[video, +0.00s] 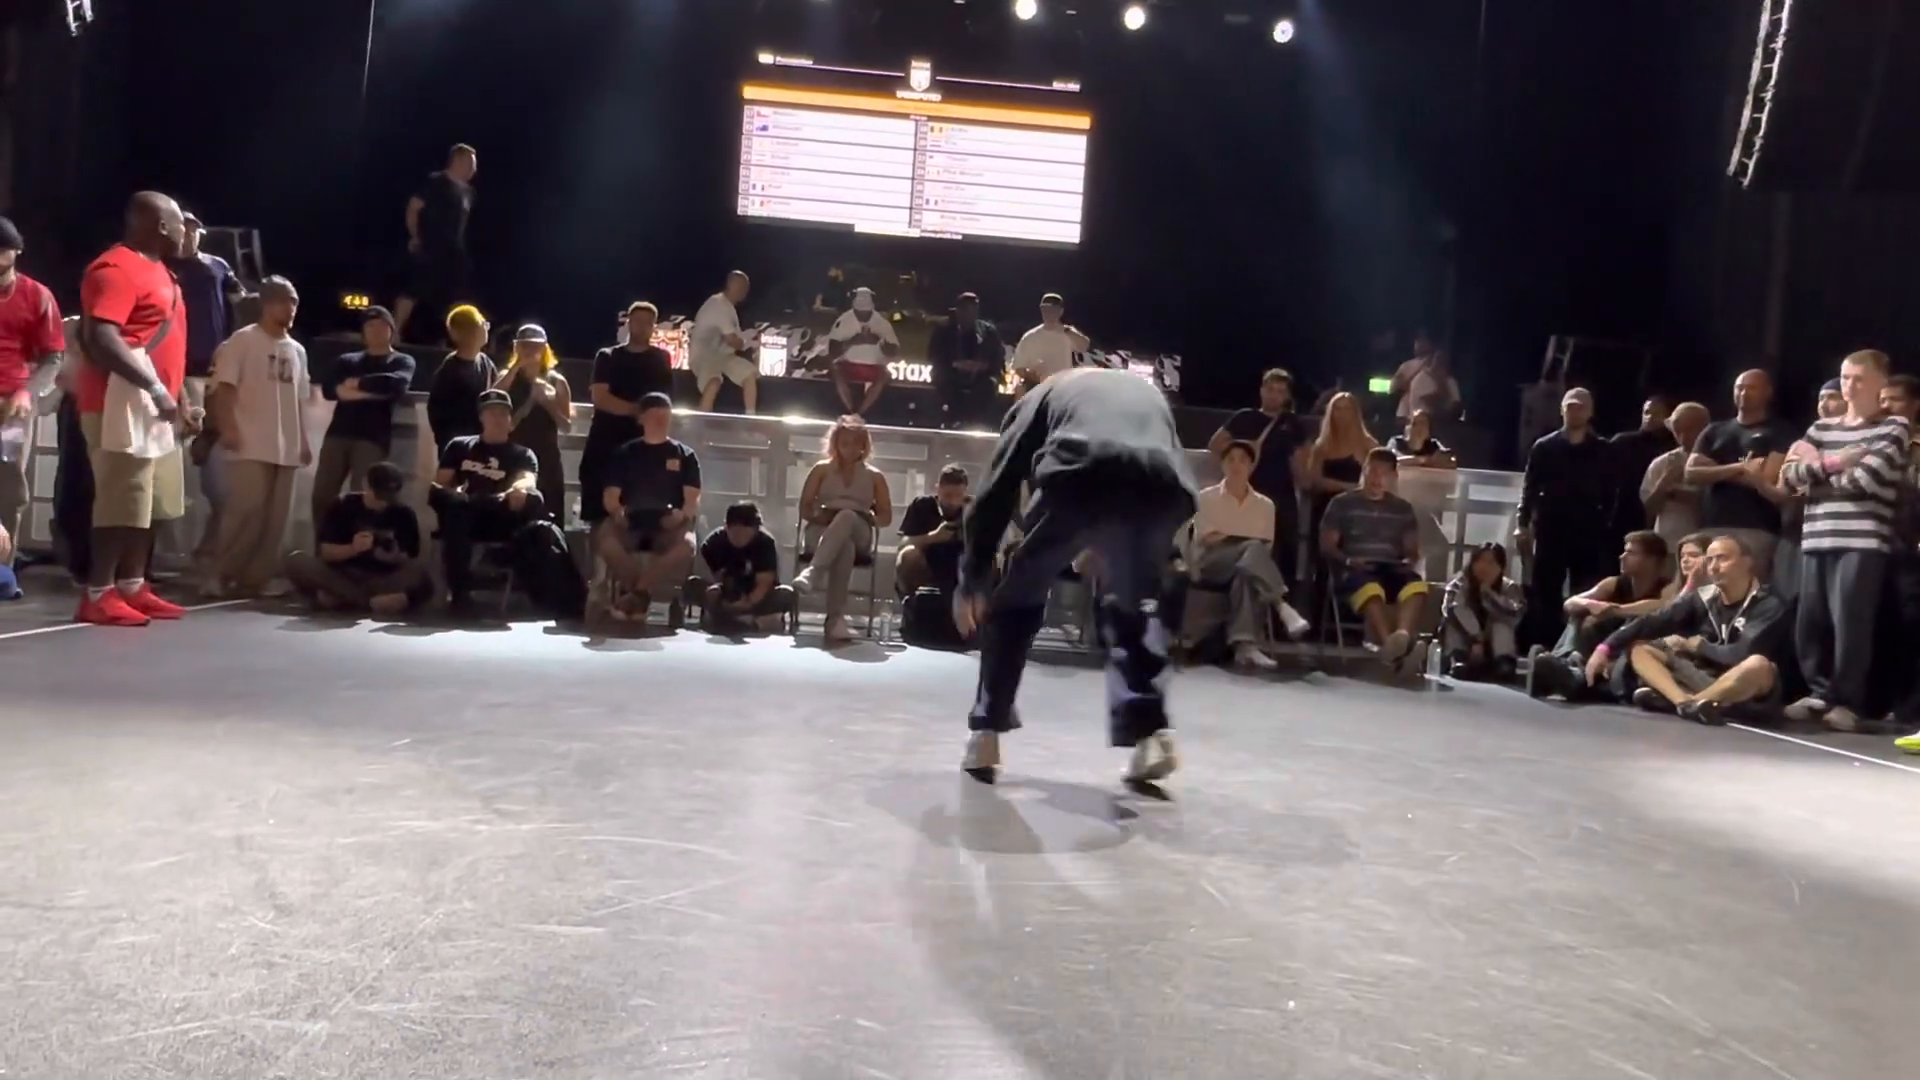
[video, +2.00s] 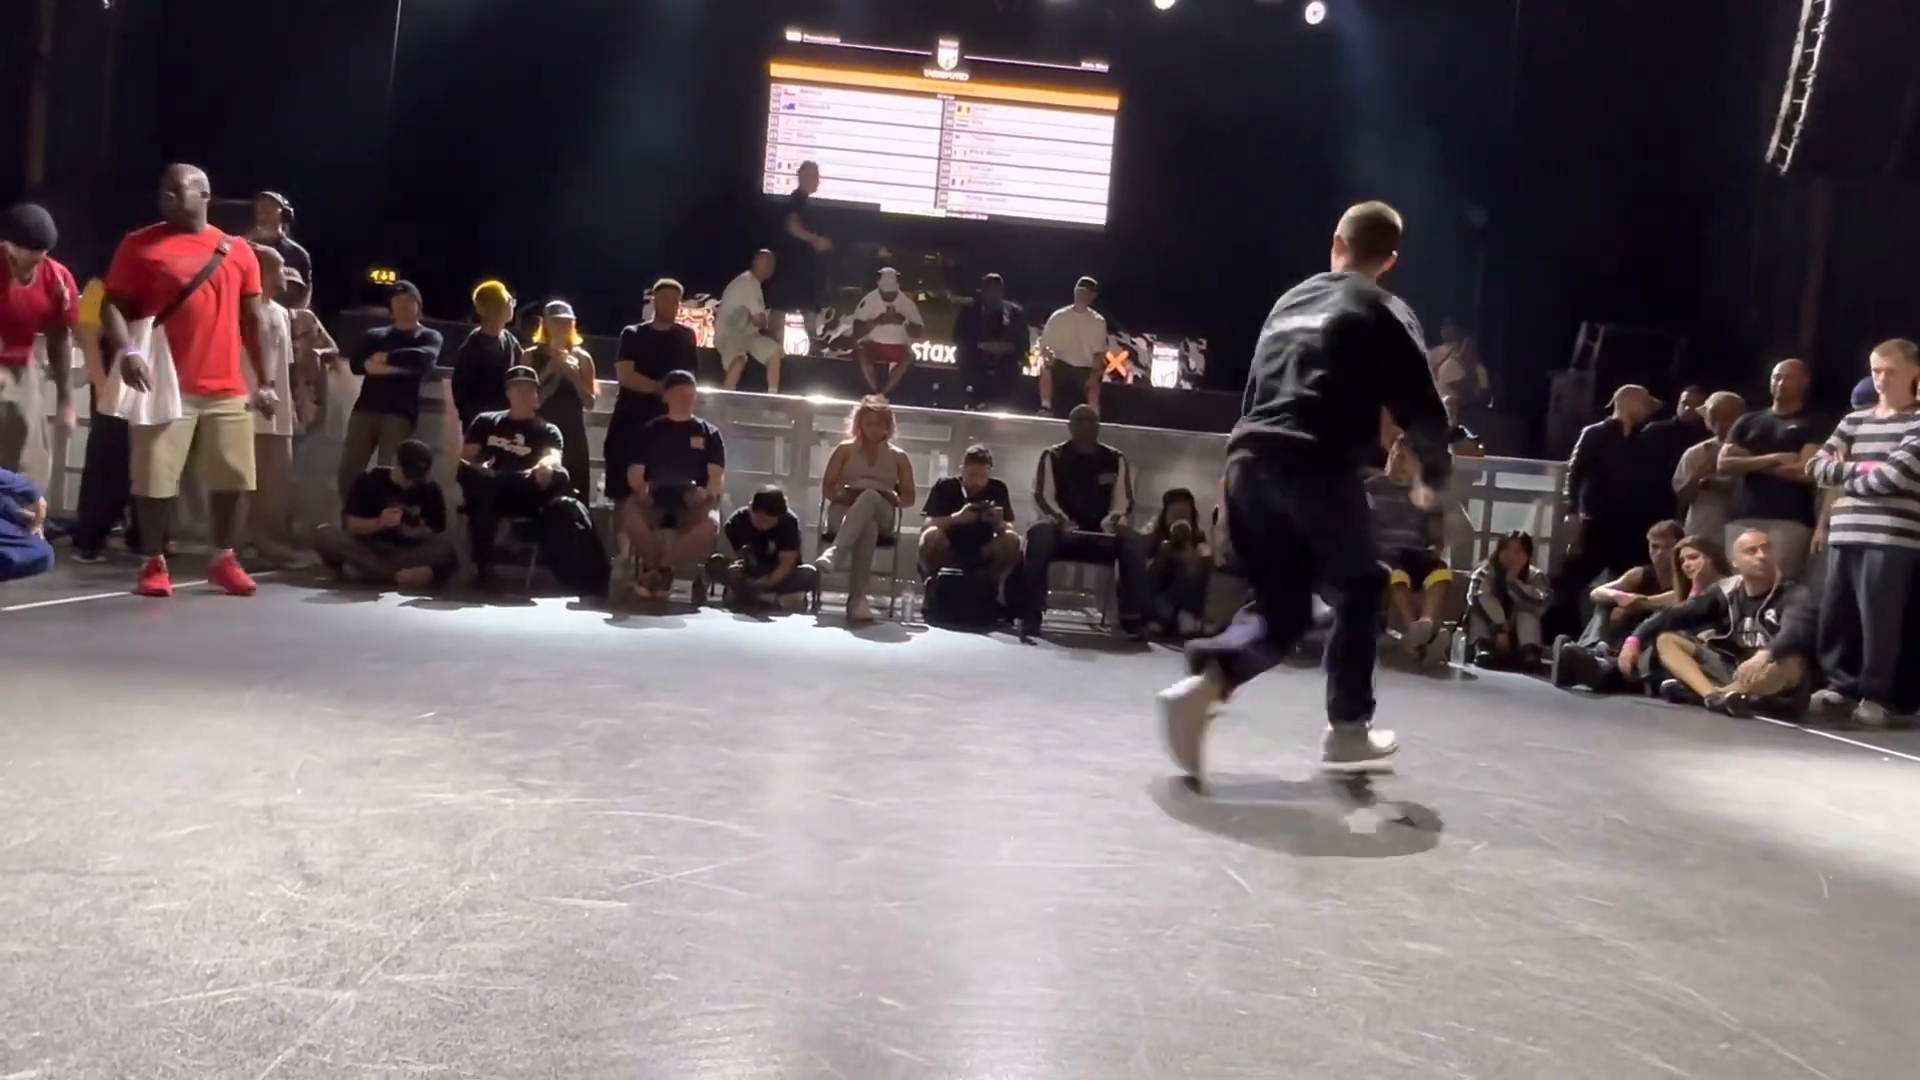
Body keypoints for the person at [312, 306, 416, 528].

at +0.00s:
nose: (375, 331)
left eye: (380, 326)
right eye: (370, 326)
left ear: (391, 331)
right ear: (363, 332)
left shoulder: (403, 361)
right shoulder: (347, 360)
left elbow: (397, 386)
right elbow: (330, 390)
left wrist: (357, 383)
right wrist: (374, 392)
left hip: (372, 439)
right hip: (338, 437)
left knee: (364, 501)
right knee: (322, 496)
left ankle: (360, 554)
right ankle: (322, 554)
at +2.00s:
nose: (402, 305)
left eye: (407, 300)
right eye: (398, 301)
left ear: (418, 306)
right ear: (391, 307)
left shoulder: (430, 336)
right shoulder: (375, 334)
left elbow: (423, 361)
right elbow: (357, 366)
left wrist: (385, 357)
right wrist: (400, 368)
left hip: (400, 414)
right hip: (366, 410)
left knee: (388, 475)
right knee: (349, 470)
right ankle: (350, 525)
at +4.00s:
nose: (403, 303)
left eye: (408, 299)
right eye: (398, 299)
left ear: (418, 305)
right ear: (391, 306)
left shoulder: (430, 335)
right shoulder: (375, 333)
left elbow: (422, 360)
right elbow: (356, 363)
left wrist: (383, 355)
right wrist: (398, 367)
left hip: (399, 413)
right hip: (366, 409)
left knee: (390, 473)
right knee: (348, 469)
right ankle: (349, 522)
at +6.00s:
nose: (376, 330)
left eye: (381, 325)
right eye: (371, 325)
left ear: (390, 331)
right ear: (363, 331)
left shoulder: (402, 360)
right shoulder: (348, 359)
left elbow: (397, 384)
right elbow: (329, 390)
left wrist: (357, 382)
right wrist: (372, 392)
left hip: (374, 437)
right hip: (341, 434)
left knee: (370, 498)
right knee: (324, 496)